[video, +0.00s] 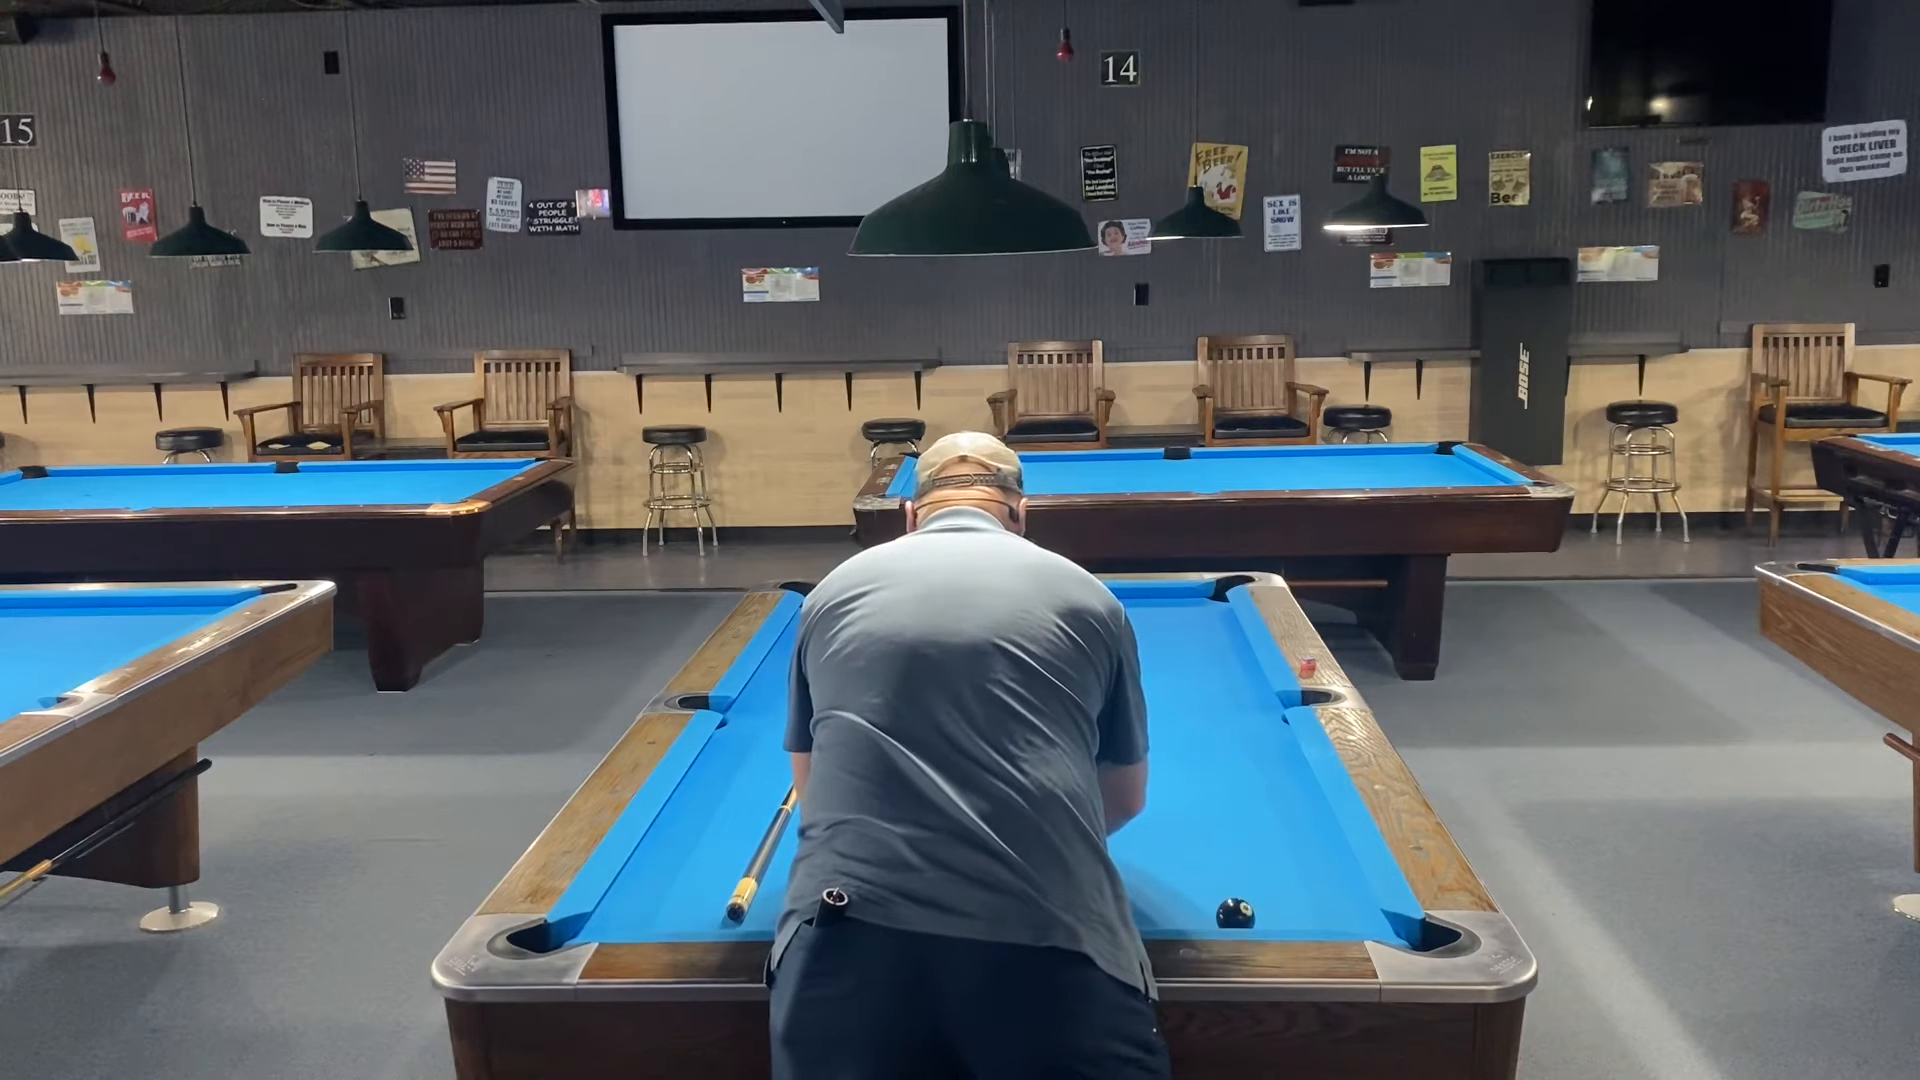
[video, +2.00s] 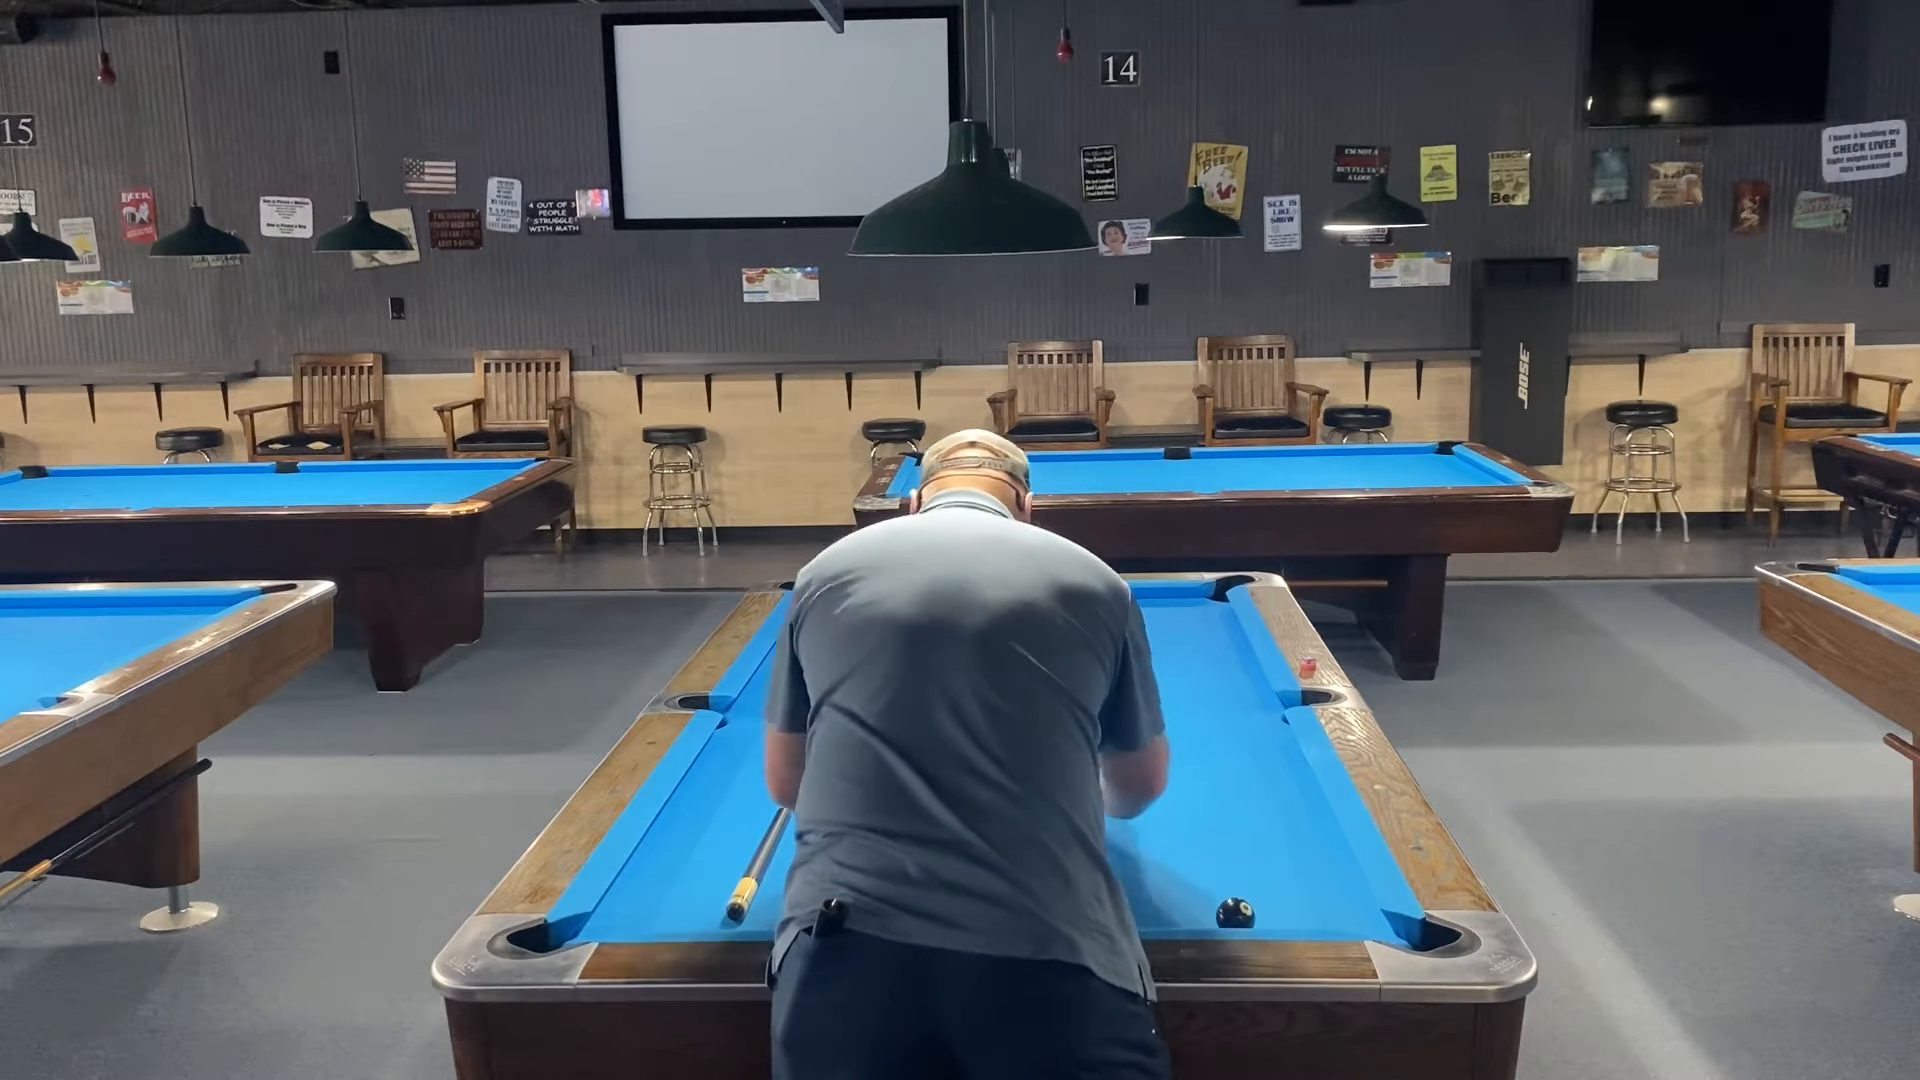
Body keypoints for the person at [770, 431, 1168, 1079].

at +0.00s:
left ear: (910, 514)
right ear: (1019, 512)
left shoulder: (833, 589)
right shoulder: (1089, 596)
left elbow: (810, 783)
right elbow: (1122, 794)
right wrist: (1028, 843)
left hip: (847, 958)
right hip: (1052, 964)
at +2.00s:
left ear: (916, 502)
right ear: (1025, 506)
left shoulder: (828, 569)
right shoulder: (1097, 583)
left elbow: (786, 779)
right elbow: (1137, 784)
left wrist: (887, 795)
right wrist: (1059, 782)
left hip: (846, 965)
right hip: (1051, 972)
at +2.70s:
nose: (1058, 489)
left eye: (1058, 474)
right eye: (1056, 469)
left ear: (921, 458)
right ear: (1032, 445)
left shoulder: (814, 550)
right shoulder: (1101, 554)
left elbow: (773, 779)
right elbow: (1210, 793)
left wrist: (867, 835)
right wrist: (1256, 825)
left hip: (842, 993)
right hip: (1051, 1009)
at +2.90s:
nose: (1056, 483)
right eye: (1058, 464)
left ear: (934, 452)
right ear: (1048, 452)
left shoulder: (828, 549)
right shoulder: (1113, 558)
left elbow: (786, 773)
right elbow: (1218, 776)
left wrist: (878, 833)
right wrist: (1235, 869)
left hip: (844, 989)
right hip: (1052, 1007)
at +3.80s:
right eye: (1036, 505)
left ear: (919, 506)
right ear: (1028, 504)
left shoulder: (831, 581)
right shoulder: (1093, 590)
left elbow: (801, 790)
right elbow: (1131, 795)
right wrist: (1045, 859)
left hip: (842, 969)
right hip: (1049, 974)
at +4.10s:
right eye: (1032, 514)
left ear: (917, 513)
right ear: (1025, 514)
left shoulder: (831, 586)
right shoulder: (1090, 594)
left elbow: (800, 796)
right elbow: (1130, 801)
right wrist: (1038, 855)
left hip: (843, 966)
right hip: (1047, 971)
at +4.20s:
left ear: (917, 513)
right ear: (1025, 515)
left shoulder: (832, 585)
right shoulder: (1091, 593)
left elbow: (802, 794)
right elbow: (1129, 800)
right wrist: (1036, 854)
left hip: (844, 966)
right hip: (1048, 972)